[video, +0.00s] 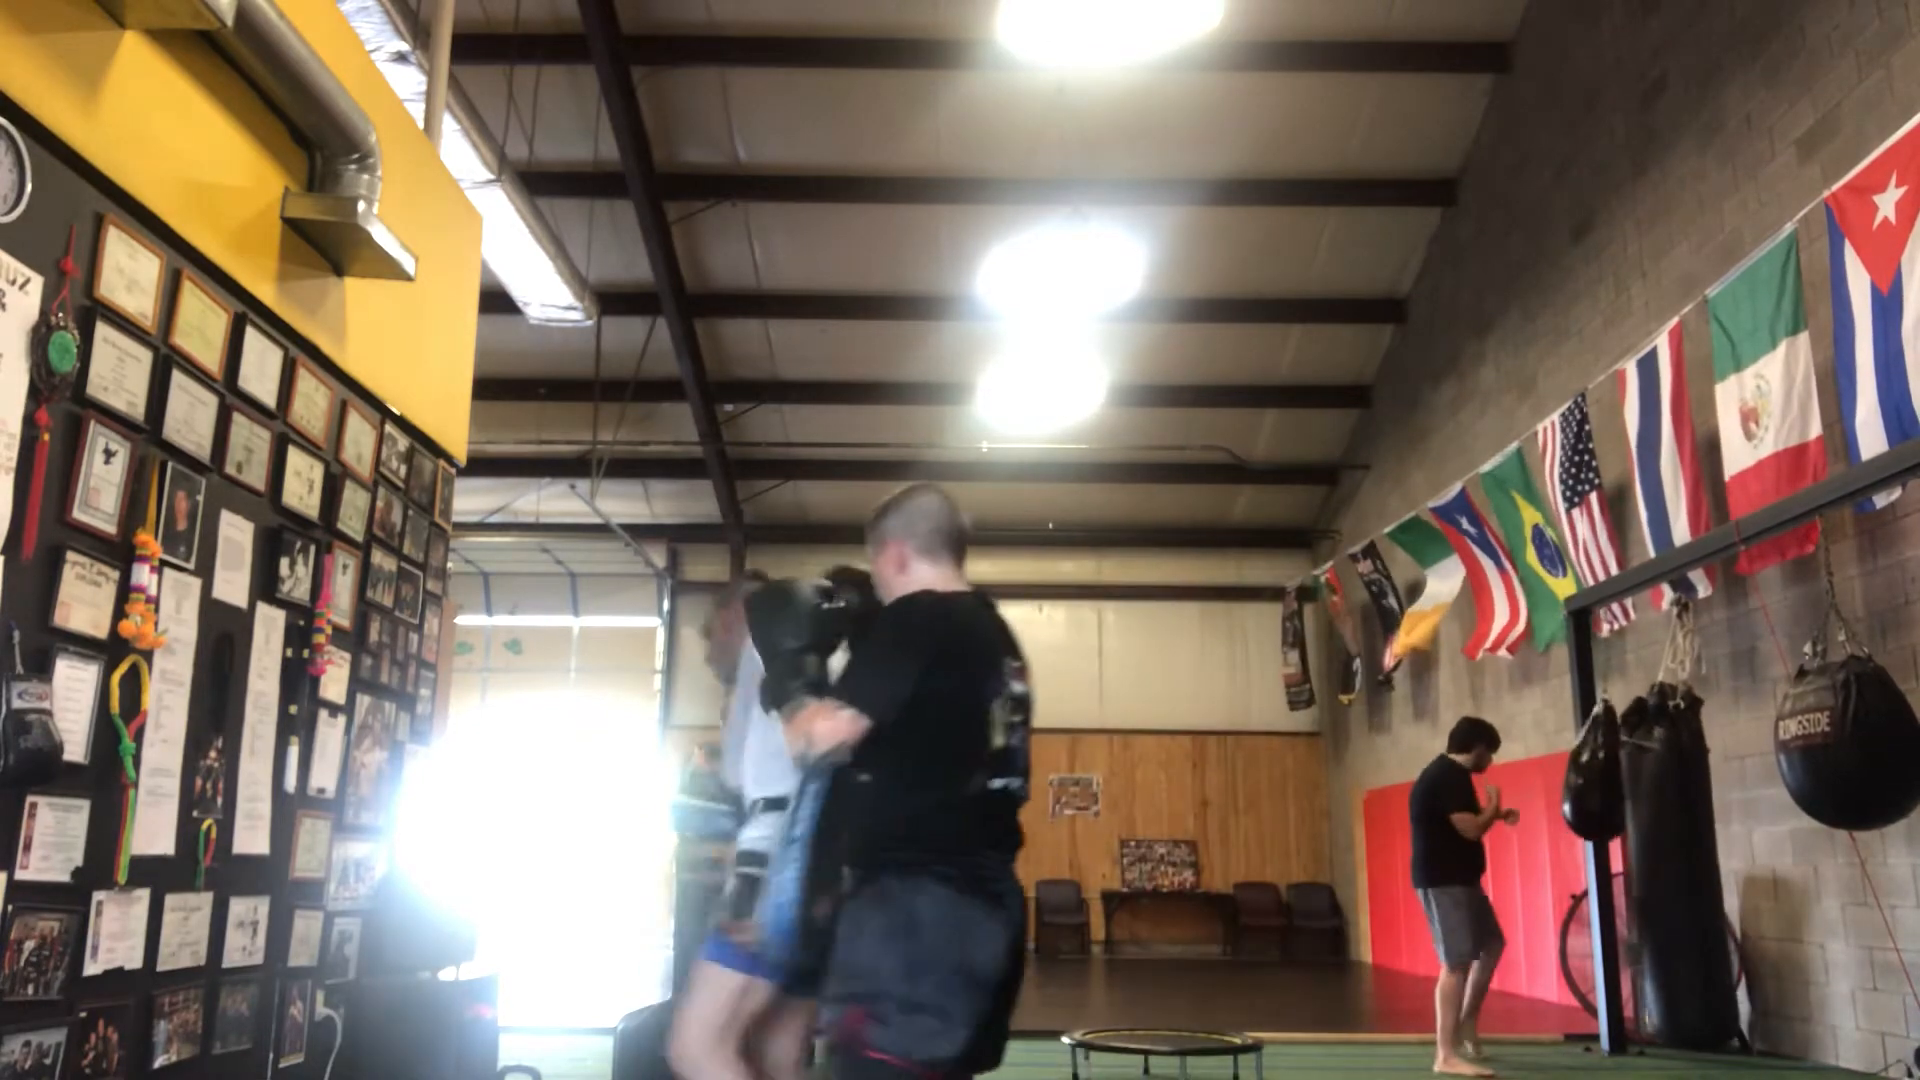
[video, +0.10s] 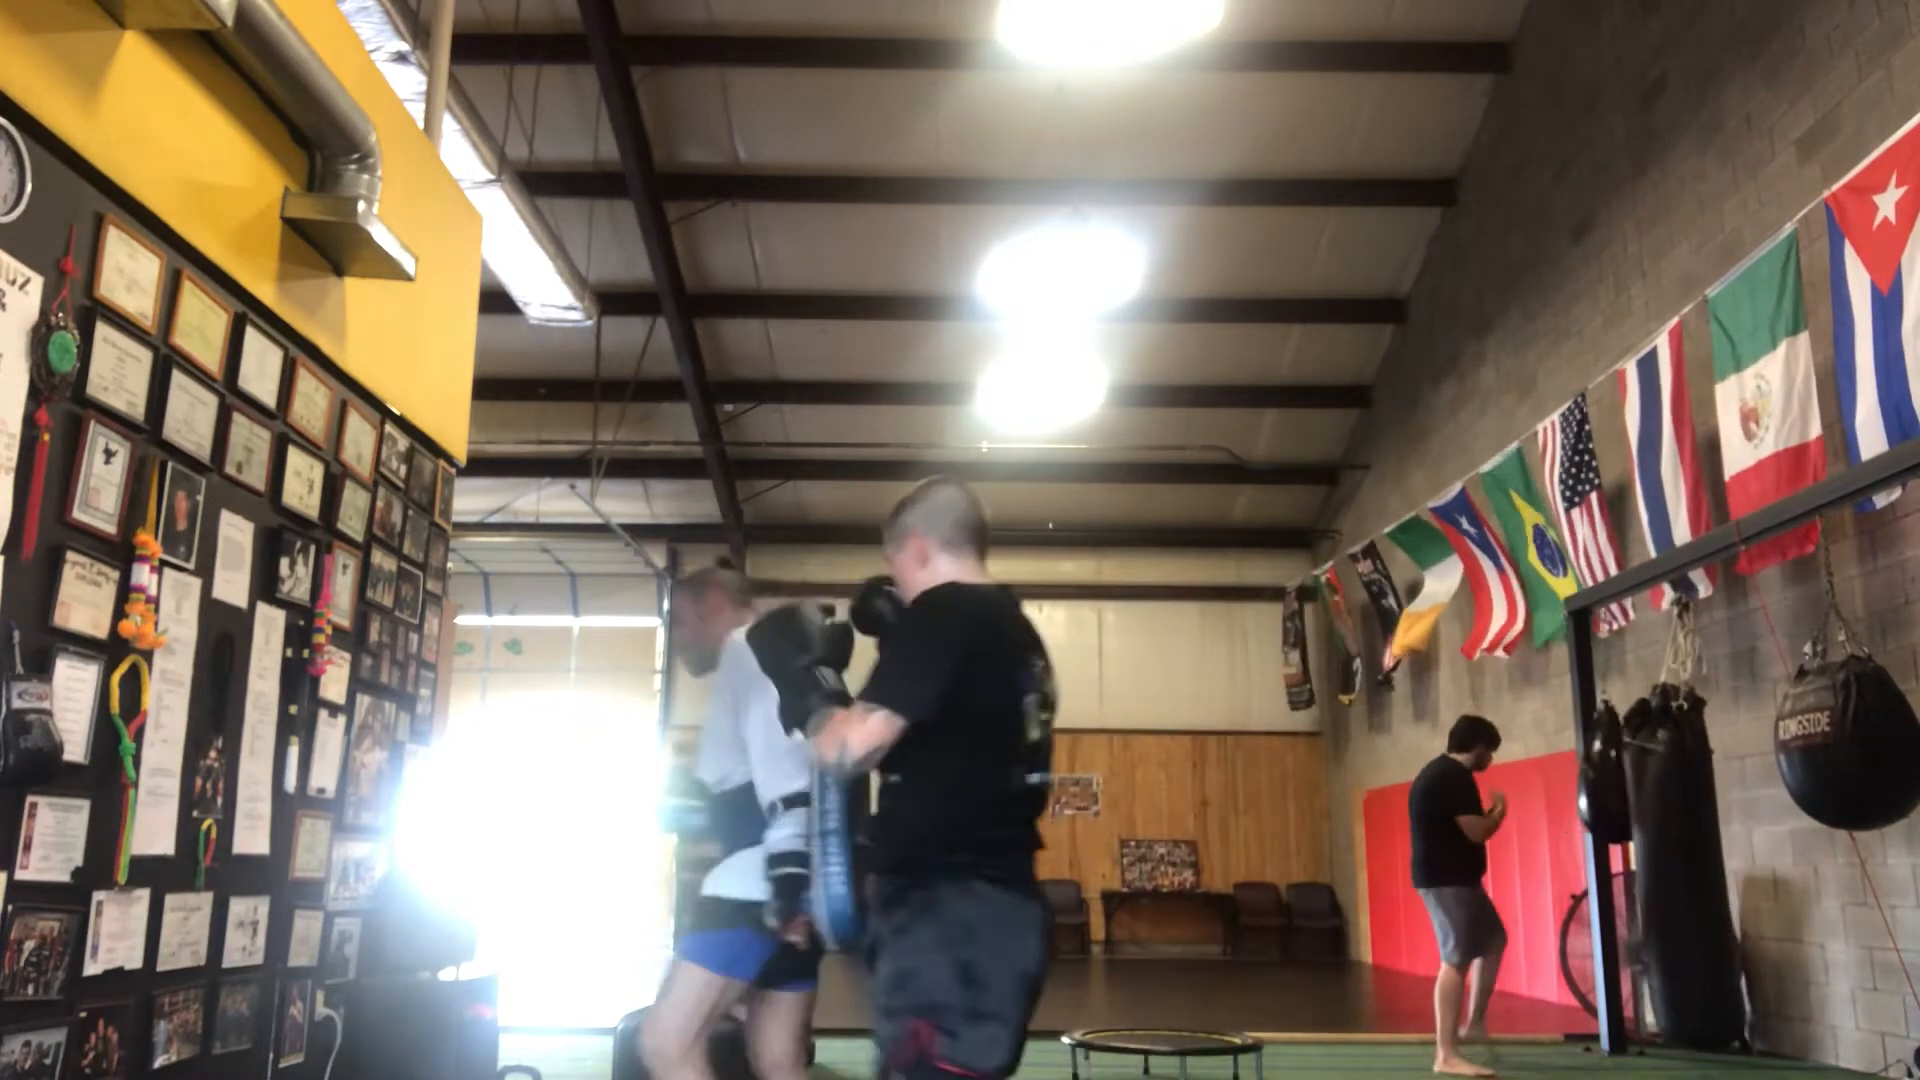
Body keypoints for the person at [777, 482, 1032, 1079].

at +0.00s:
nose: (876, 572)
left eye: (877, 556)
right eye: (875, 558)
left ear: (897, 553)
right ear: (954, 548)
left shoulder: (915, 621)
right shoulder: (991, 629)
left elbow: (819, 735)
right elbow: (932, 732)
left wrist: (785, 658)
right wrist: (868, 632)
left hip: (909, 901)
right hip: (980, 897)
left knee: (874, 1060)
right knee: (939, 1063)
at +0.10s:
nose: (895, 572)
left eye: (895, 556)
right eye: (892, 558)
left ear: (919, 546)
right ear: (968, 542)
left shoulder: (942, 615)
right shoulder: (1012, 623)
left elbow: (849, 745)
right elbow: (960, 721)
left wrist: (812, 698)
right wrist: (906, 632)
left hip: (945, 910)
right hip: (1002, 905)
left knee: (925, 1065)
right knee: (970, 1066)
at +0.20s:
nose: (913, 575)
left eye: (914, 557)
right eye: (911, 560)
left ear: (941, 541)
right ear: (993, 540)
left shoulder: (960, 599)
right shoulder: (1033, 611)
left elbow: (861, 715)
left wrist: (821, 695)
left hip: (974, 914)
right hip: (1032, 910)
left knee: (963, 1065)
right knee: (1006, 1067)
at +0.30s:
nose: (932, 553)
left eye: (933, 535)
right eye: (929, 539)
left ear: (962, 520)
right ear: (1020, 519)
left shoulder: (976, 579)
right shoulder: (1058, 594)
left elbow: (838, 685)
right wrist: (931, 572)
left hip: (1004, 909)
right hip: (1065, 902)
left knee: (974, 1066)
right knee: (1037, 1068)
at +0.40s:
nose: (955, 536)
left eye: (958, 517)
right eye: (955, 521)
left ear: (986, 504)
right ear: (1047, 505)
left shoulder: (991, 564)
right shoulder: (1093, 583)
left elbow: (850, 665)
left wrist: (857, 563)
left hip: (1031, 895)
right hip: (1104, 887)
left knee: (1001, 1066)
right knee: (1055, 1067)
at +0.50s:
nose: (986, 525)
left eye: (992, 505)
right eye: (988, 509)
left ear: (1023, 502)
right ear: (1081, 504)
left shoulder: (1029, 572)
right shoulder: (1127, 589)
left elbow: (893, 679)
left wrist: (892, 576)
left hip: (1055, 905)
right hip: (1130, 897)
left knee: (1027, 1067)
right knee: (1091, 1066)